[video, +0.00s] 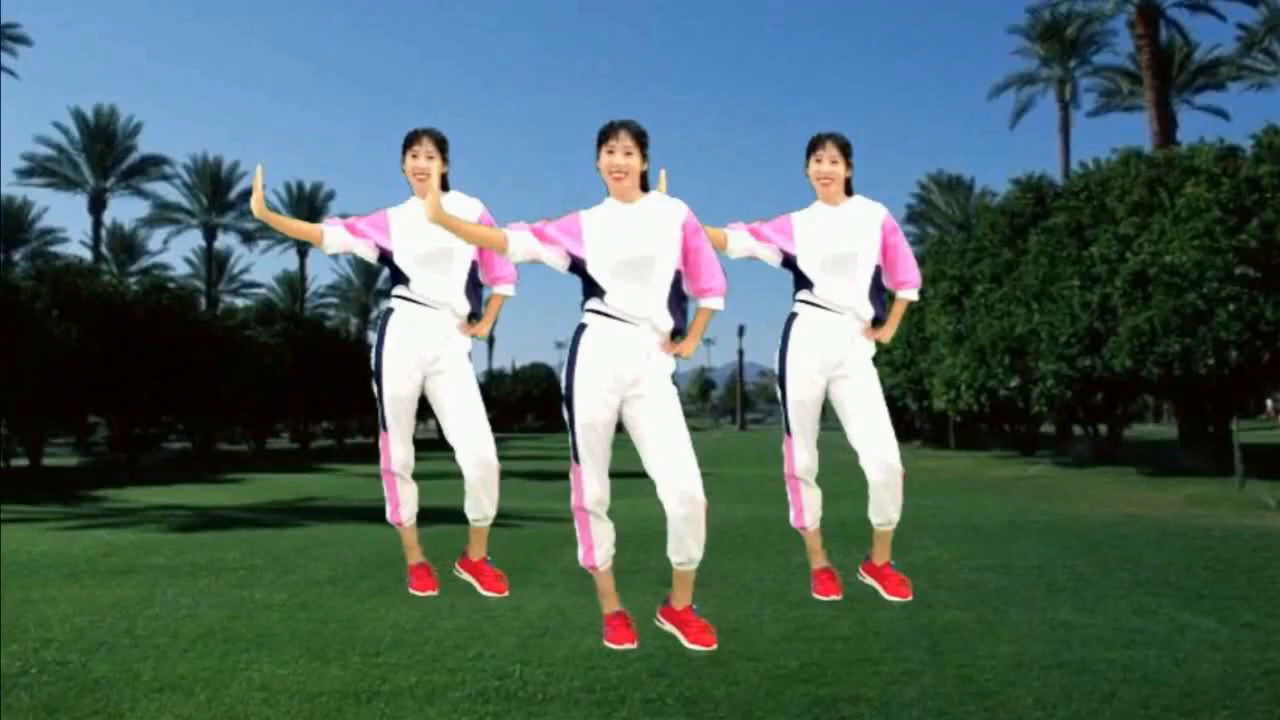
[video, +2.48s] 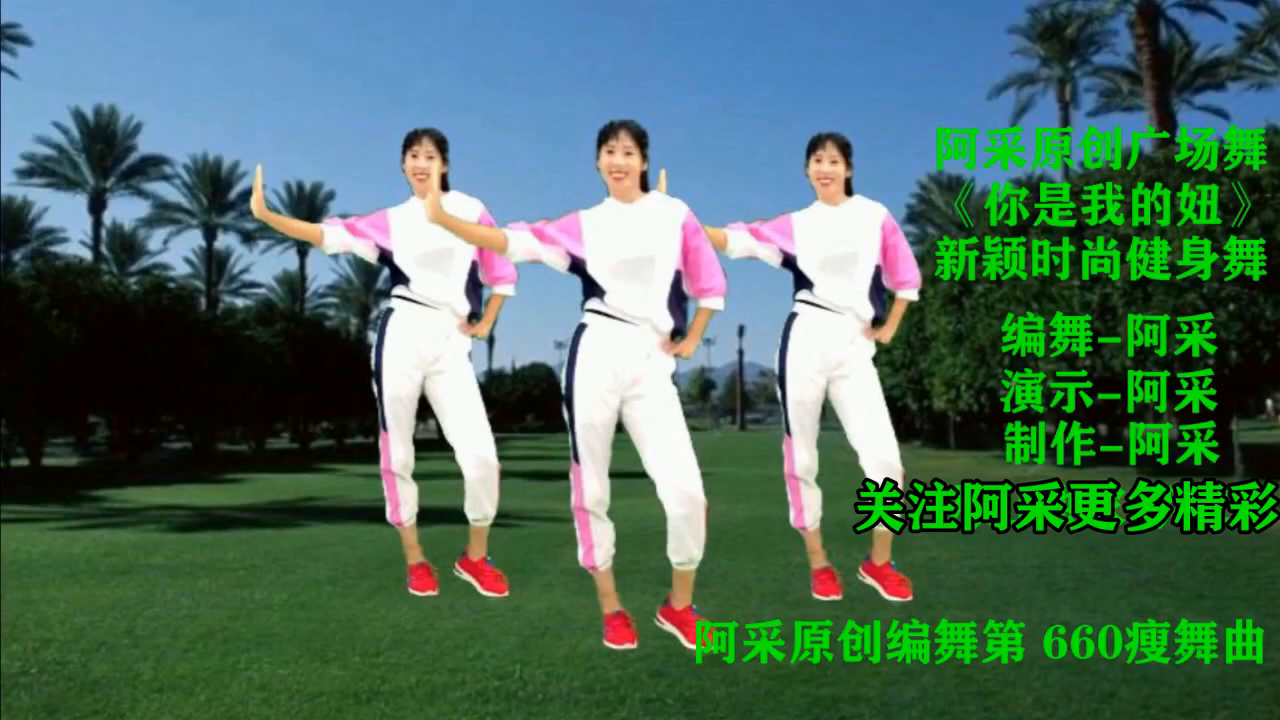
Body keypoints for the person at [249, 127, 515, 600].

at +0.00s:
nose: (420, 164)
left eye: (428, 157)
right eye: (412, 157)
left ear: (444, 165)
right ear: (404, 166)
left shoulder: (473, 211)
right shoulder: (393, 220)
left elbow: (503, 272)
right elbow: (327, 235)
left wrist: (485, 324)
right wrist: (266, 215)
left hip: (451, 334)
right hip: (401, 331)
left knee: (482, 456)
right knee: (399, 452)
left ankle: (476, 557)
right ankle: (415, 561)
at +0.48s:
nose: (420, 164)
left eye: (428, 157)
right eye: (412, 157)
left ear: (444, 165)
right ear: (404, 166)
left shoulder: (473, 211)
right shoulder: (393, 220)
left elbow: (503, 272)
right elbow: (327, 235)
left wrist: (485, 324)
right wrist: (266, 215)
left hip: (451, 334)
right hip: (401, 330)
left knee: (482, 456)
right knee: (399, 452)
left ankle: (476, 557)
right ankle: (415, 561)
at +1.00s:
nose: (420, 164)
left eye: (429, 157)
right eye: (413, 157)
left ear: (444, 165)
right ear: (404, 166)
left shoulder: (473, 211)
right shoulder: (393, 220)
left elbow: (503, 273)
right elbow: (327, 234)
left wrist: (485, 325)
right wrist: (265, 215)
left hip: (451, 334)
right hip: (401, 330)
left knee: (482, 456)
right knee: (399, 453)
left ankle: (476, 557)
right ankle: (416, 561)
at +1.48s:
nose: (420, 164)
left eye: (428, 157)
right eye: (412, 157)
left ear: (444, 165)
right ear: (404, 166)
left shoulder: (473, 211)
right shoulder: (393, 220)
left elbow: (503, 273)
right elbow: (327, 235)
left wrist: (484, 324)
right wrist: (265, 215)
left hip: (451, 335)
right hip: (401, 331)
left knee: (482, 456)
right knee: (399, 453)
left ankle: (476, 557)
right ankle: (415, 561)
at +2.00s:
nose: (420, 164)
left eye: (428, 157)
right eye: (412, 157)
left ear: (444, 165)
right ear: (404, 166)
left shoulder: (473, 211)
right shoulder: (393, 220)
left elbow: (503, 273)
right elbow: (327, 235)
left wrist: (484, 325)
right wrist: (265, 214)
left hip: (451, 335)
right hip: (401, 331)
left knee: (482, 457)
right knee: (399, 453)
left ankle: (476, 557)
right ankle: (415, 561)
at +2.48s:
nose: (420, 164)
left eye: (428, 157)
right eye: (413, 157)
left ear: (444, 165)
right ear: (403, 166)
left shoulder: (472, 211)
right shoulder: (393, 220)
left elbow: (503, 274)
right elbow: (326, 235)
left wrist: (484, 325)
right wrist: (265, 214)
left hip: (451, 335)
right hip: (401, 331)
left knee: (482, 457)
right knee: (399, 453)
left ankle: (476, 557)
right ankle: (415, 561)